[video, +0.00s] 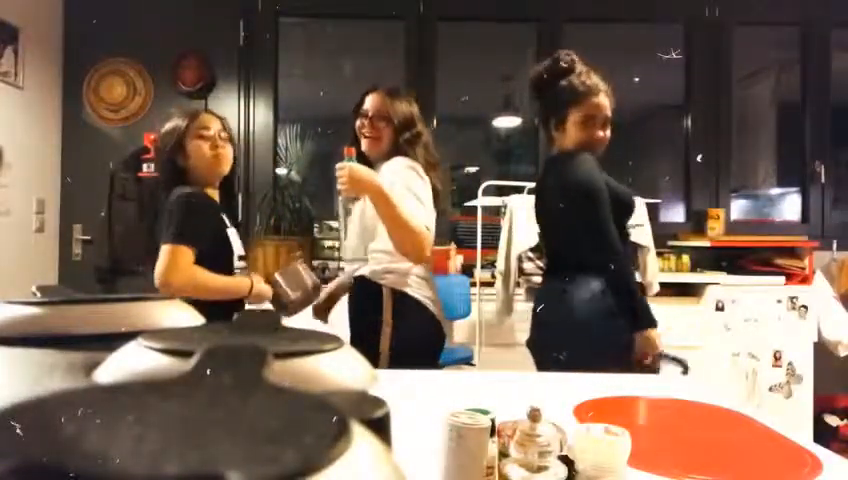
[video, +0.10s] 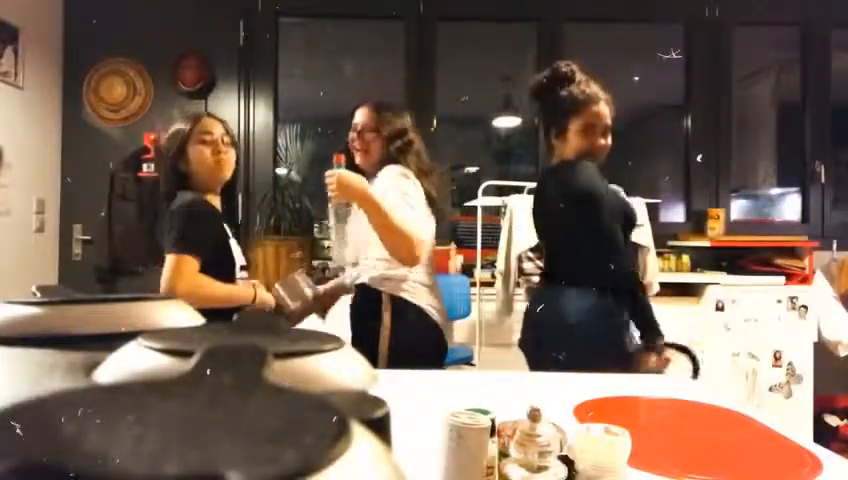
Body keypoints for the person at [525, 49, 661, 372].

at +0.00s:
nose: (602, 133)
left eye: (606, 123)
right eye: (588, 122)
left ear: (614, 123)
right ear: (556, 125)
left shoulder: (551, 172)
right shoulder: (583, 171)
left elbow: (561, 258)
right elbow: (612, 259)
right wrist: (644, 324)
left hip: (554, 307)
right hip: (595, 312)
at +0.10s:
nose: (603, 141)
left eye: (607, 132)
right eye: (589, 131)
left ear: (614, 131)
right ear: (557, 134)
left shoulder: (546, 183)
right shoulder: (590, 186)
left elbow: (558, 260)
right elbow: (618, 271)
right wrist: (652, 336)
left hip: (547, 314)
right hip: (595, 321)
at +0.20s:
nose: (605, 138)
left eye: (608, 128)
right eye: (591, 128)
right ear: (560, 133)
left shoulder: (547, 180)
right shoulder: (592, 176)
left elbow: (556, 259)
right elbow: (629, 258)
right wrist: (653, 331)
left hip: (550, 307)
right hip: (596, 314)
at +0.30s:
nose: (606, 131)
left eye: (610, 121)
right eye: (592, 121)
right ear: (560, 125)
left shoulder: (547, 175)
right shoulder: (591, 169)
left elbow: (558, 255)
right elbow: (630, 250)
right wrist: (657, 317)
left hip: (552, 300)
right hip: (598, 308)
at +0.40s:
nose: (603, 133)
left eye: (608, 123)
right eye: (589, 122)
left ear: (614, 122)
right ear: (559, 125)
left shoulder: (548, 176)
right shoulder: (587, 176)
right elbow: (628, 258)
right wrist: (673, 317)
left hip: (553, 308)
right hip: (599, 315)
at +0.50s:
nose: (602, 140)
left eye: (607, 130)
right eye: (589, 130)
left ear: (612, 131)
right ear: (558, 135)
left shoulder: (550, 184)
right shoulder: (587, 185)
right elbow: (631, 260)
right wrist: (672, 318)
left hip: (549, 311)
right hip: (595, 324)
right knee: (663, 397)